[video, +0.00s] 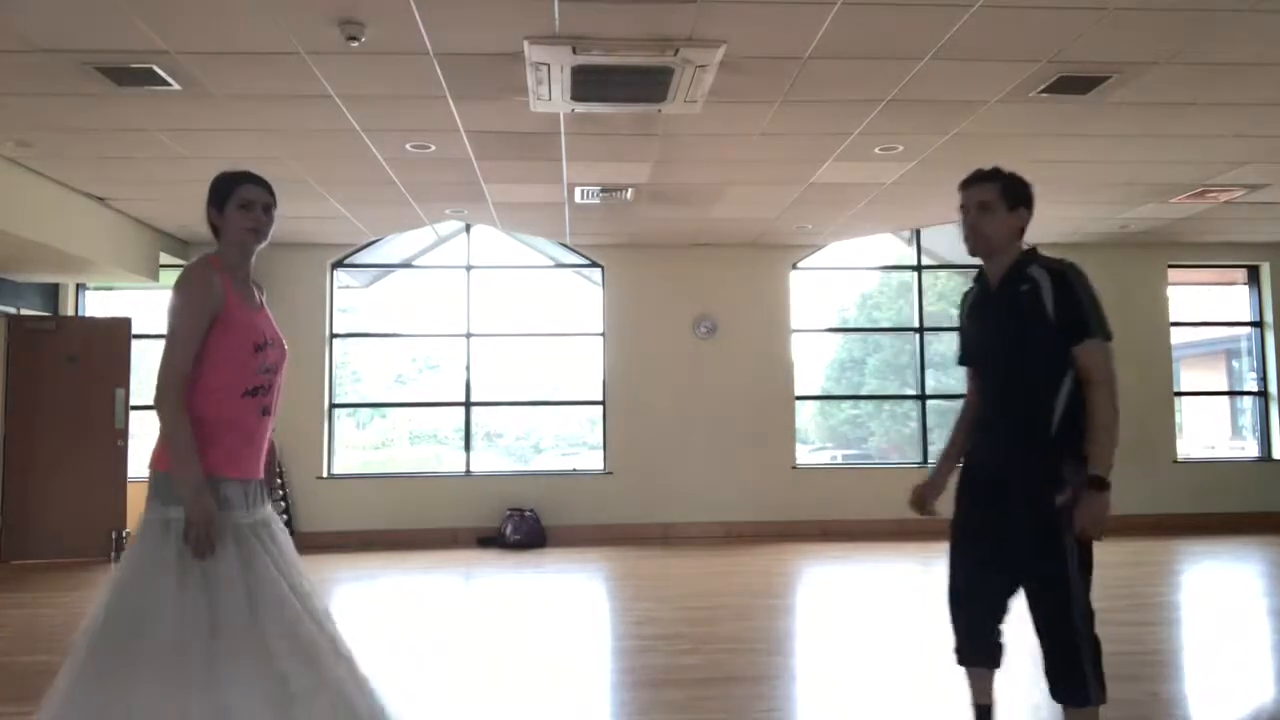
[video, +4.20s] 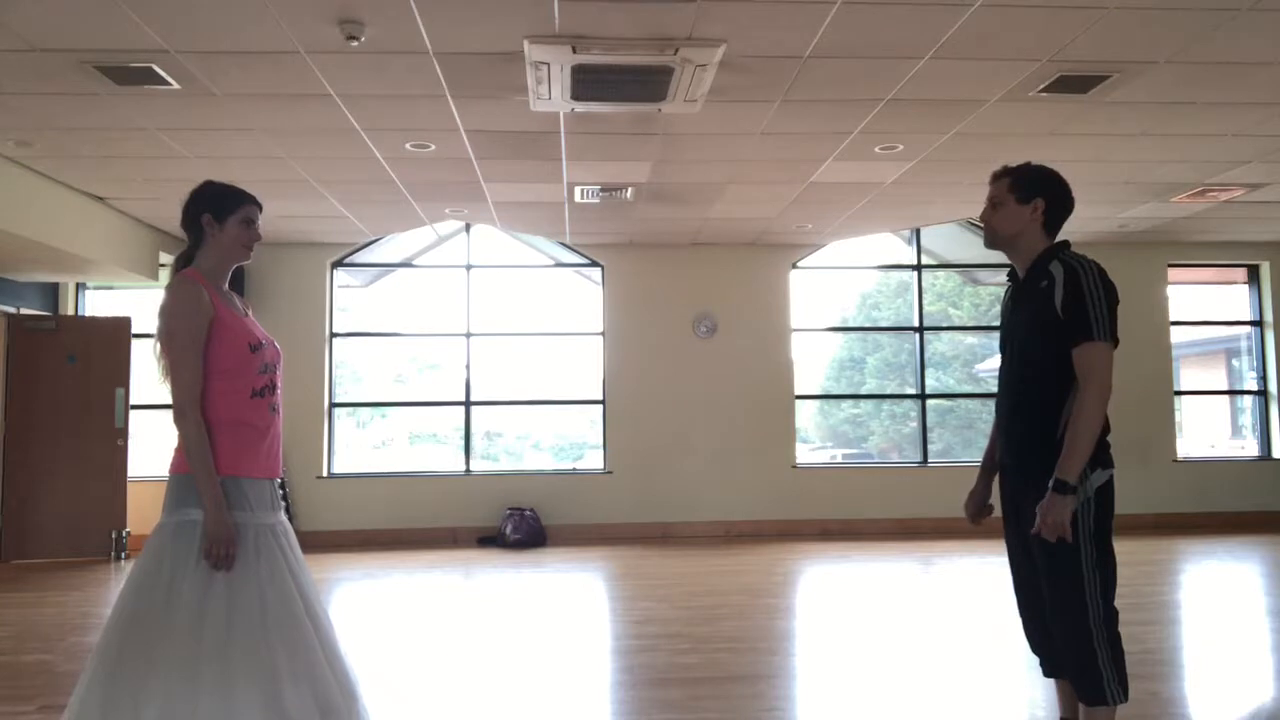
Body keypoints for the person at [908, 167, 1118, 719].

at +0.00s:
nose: (969, 222)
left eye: (983, 210)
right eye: (964, 212)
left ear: (1019, 218)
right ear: (962, 222)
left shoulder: (1060, 281)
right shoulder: (975, 301)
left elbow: (1099, 380)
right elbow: (977, 398)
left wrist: (1098, 481)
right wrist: (938, 475)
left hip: (1051, 480)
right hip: (987, 480)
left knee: (1065, 622)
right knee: (971, 608)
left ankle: (1082, 713)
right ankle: (982, 713)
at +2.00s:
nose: (994, 212)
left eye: (1009, 203)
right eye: (998, 203)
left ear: (1048, 212)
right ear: (1034, 215)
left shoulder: (1081, 274)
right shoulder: (1021, 293)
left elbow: (1100, 385)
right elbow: (1018, 398)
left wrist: (1062, 479)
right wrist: (986, 478)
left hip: (1068, 485)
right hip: (1025, 482)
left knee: (1081, 634)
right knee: (1052, 632)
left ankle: (1095, 715)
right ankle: (1069, 713)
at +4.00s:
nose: (984, 212)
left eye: (996, 202)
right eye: (987, 202)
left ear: (1035, 210)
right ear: (1024, 214)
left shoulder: (1076, 274)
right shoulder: (1019, 291)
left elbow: (1097, 389)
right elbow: (1017, 396)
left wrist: (1065, 487)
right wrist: (988, 477)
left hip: (1068, 483)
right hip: (1025, 481)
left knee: (1084, 632)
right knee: (1052, 628)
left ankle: (1098, 715)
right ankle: (1069, 713)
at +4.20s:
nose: (983, 213)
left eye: (995, 203)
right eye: (986, 203)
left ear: (1035, 211)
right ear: (1024, 214)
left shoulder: (1076, 274)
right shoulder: (1018, 291)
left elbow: (1095, 389)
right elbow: (1015, 395)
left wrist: (1064, 487)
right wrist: (986, 477)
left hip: (1069, 483)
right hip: (1025, 481)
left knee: (1085, 630)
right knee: (1051, 627)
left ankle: (1098, 715)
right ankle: (1069, 713)